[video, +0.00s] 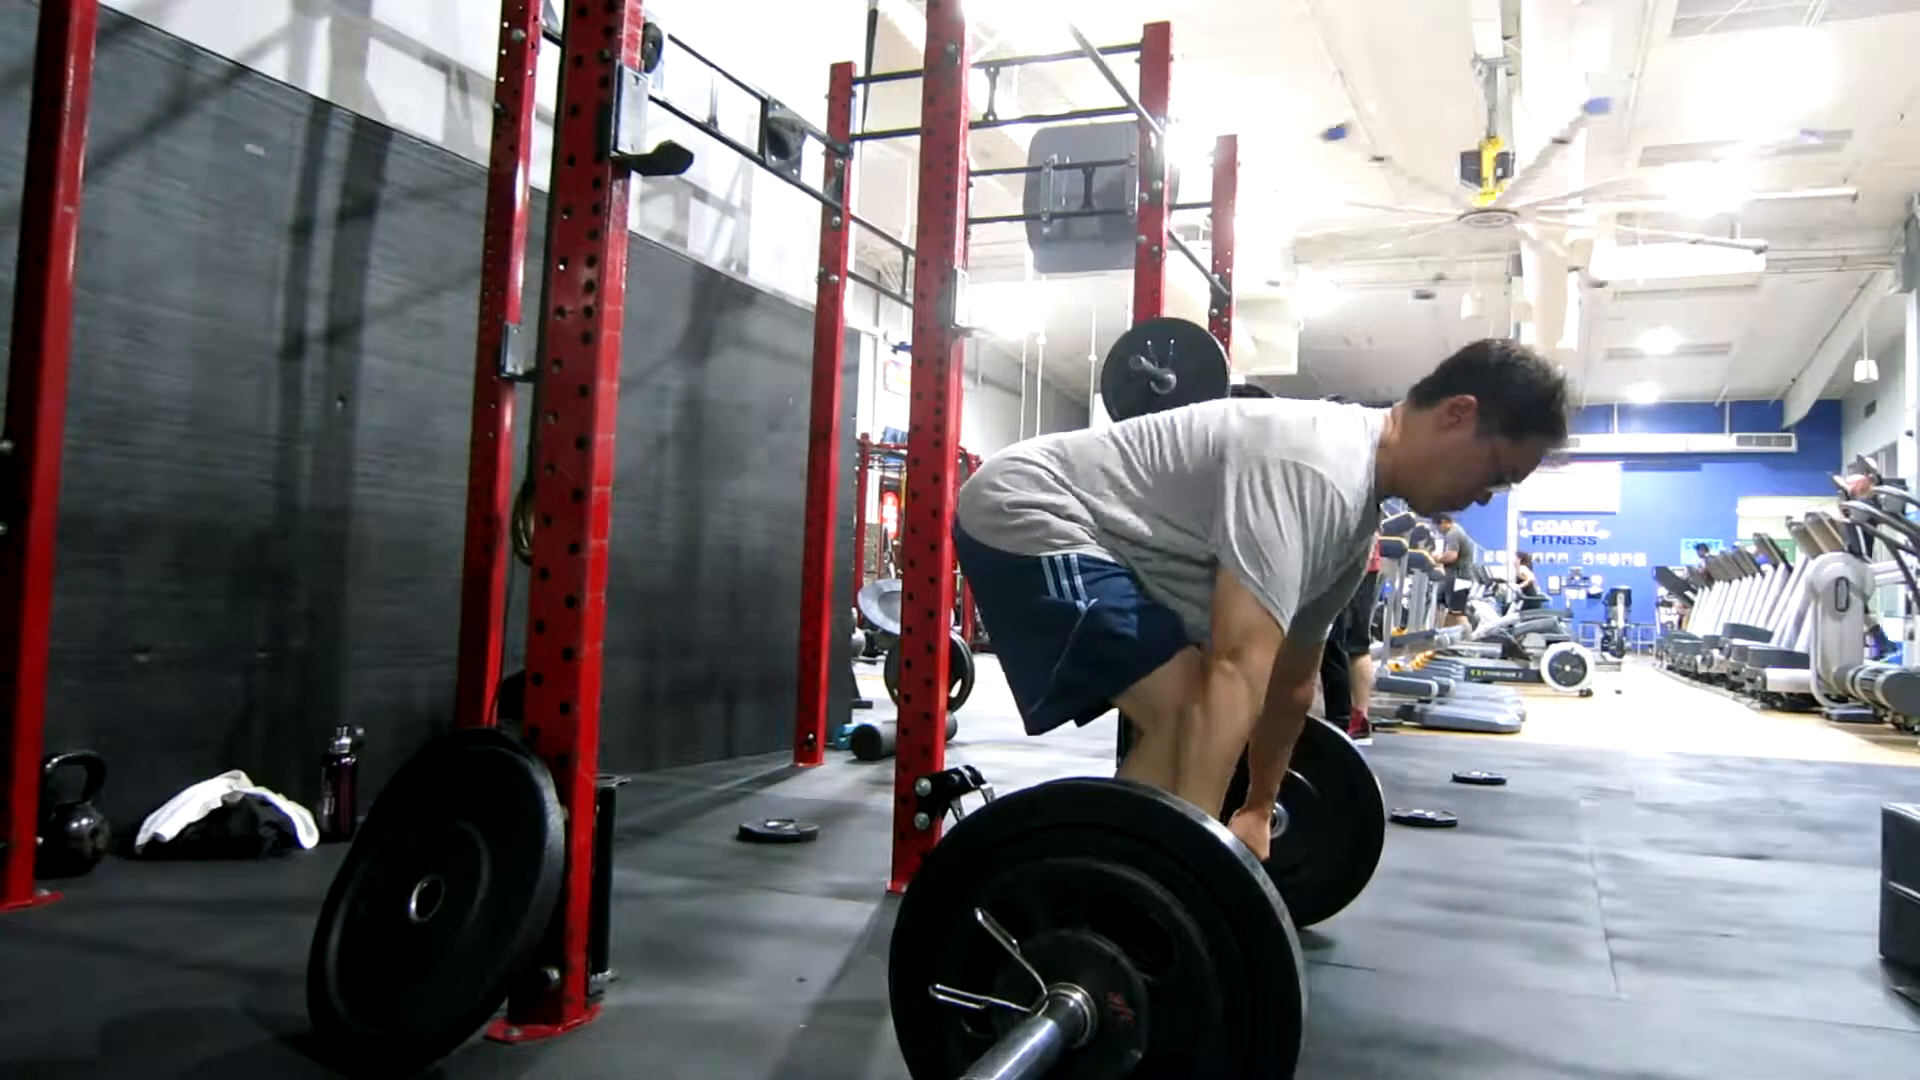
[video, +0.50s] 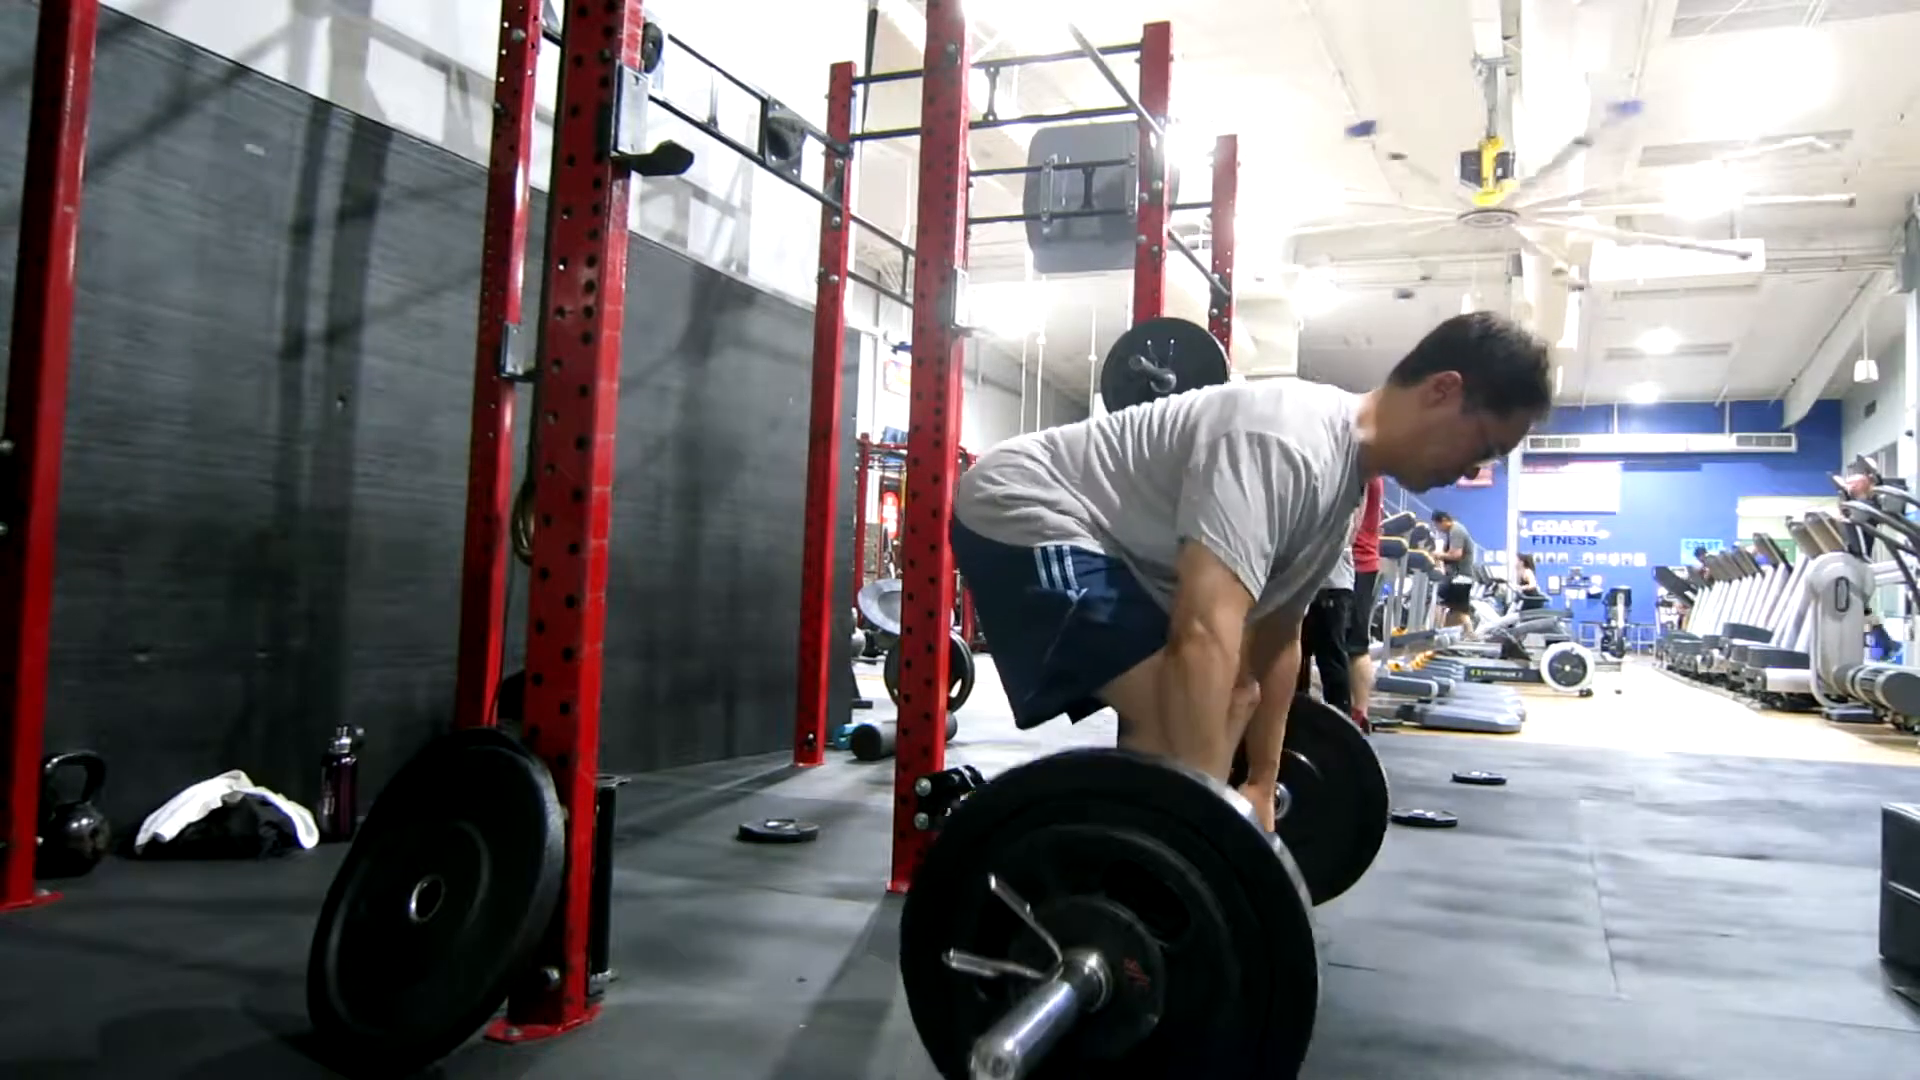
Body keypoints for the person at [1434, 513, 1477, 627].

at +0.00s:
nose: (1437, 529)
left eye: (1438, 526)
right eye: (1436, 526)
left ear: (1444, 522)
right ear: (1445, 522)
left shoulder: (1453, 533)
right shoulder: (1456, 532)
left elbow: (1452, 555)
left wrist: (1439, 559)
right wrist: (1441, 557)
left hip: (1459, 577)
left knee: (1457, 612)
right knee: (1451, 611)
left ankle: (1469, 642)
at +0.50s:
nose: (1438, 528)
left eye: (1438, 524)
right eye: (1437, 525)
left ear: (1444, 520)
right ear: (1444, 520)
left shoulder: (1456, 530)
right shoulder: (1452, 531)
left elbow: (1457, 554)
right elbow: (1448, 551)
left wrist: (1439, 555)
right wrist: (1439, 555)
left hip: (1462, 576)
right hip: (1455, 575)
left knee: (1460, 611)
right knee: (1454, 611)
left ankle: (1470, 637)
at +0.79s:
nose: (1438, 529)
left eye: (1438, 526)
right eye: (1437, 526)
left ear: (1443, 522)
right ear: (1443, 522)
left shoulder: (1454, 532)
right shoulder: (1450, 533)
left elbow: (1453, 555)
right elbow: (1446, 553)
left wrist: (1439, 559)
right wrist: (1439, 558)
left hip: (1461, 577)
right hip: (1453, 576)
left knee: (1457, 612)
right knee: (1449, 610)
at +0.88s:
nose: (1438, 528)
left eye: (1438, 525)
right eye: (1436, 526)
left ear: (1444, 520)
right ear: (1443, 521)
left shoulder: (1455, 530)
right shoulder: (1450, 532)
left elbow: (1455, 552)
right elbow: (1449, 550)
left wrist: (1442, 561)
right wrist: (1439, 555)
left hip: (1461, 575)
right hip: (1453, 574)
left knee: (1453, 609)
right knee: (1444, 606)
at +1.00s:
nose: (1438, 529)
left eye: (1439, 525)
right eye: (1437, 526)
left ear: (1445, 522)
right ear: (1444, 522)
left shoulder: (1458, 532)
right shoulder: (1451, 536)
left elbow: (1463, 549)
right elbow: (1447, 555)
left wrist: (1447, 566)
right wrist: (1435, 557)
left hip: (1460, 579)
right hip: (1454, 578)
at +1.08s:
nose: (1439, 532)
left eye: (1439, 528)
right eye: (1437, 529)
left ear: (1445, 524)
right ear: (1445, 524)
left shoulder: (1458, 535)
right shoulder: (1452, 537)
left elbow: (1467, 553)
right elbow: (1450, 558)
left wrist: (1452, 568)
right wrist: (1435, 559)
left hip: (1462, 581)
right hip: (1455, 579)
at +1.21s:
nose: (1437, 531)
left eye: (1438, 527)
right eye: (1435, 528)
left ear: (1444, 522)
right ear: (1442, 524)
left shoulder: (1459, 533)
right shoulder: (1449, 536)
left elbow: (1469, 551)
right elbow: (1450, 556)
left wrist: (1458, 565)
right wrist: (1436, 559)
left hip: (1462, 579)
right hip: (1451, 577)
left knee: (1463, 613)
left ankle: (1475, 640)